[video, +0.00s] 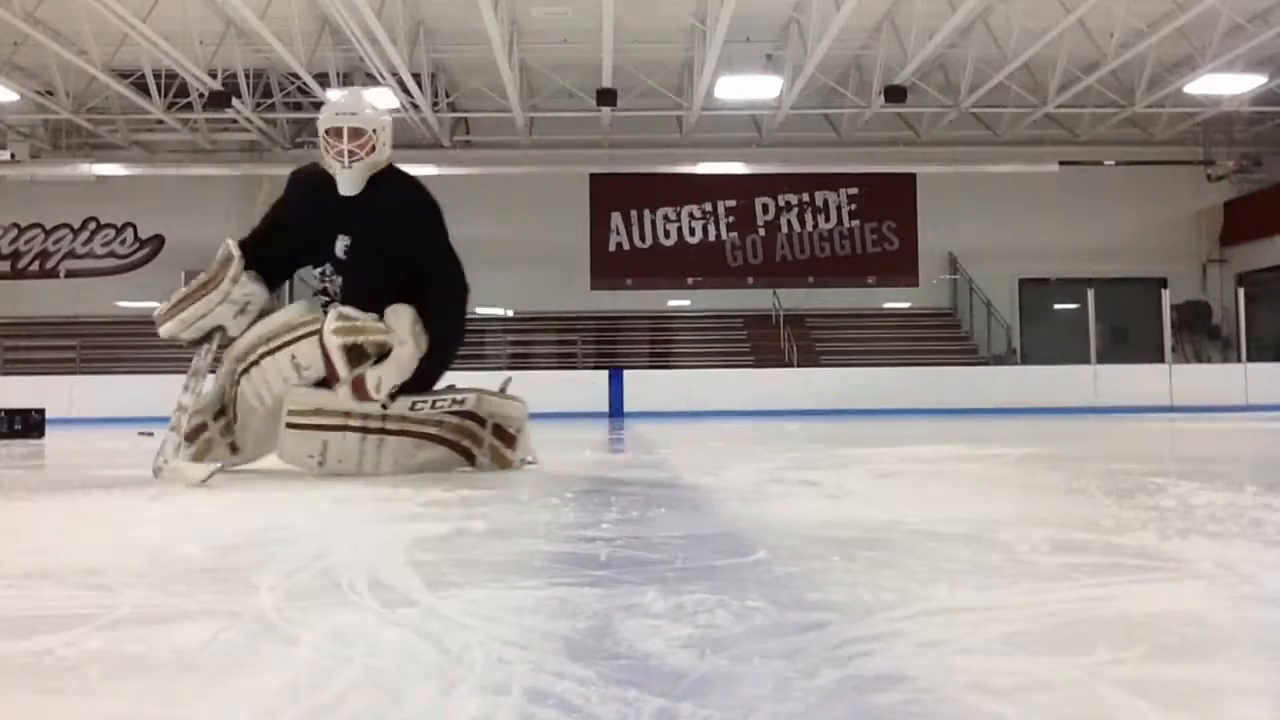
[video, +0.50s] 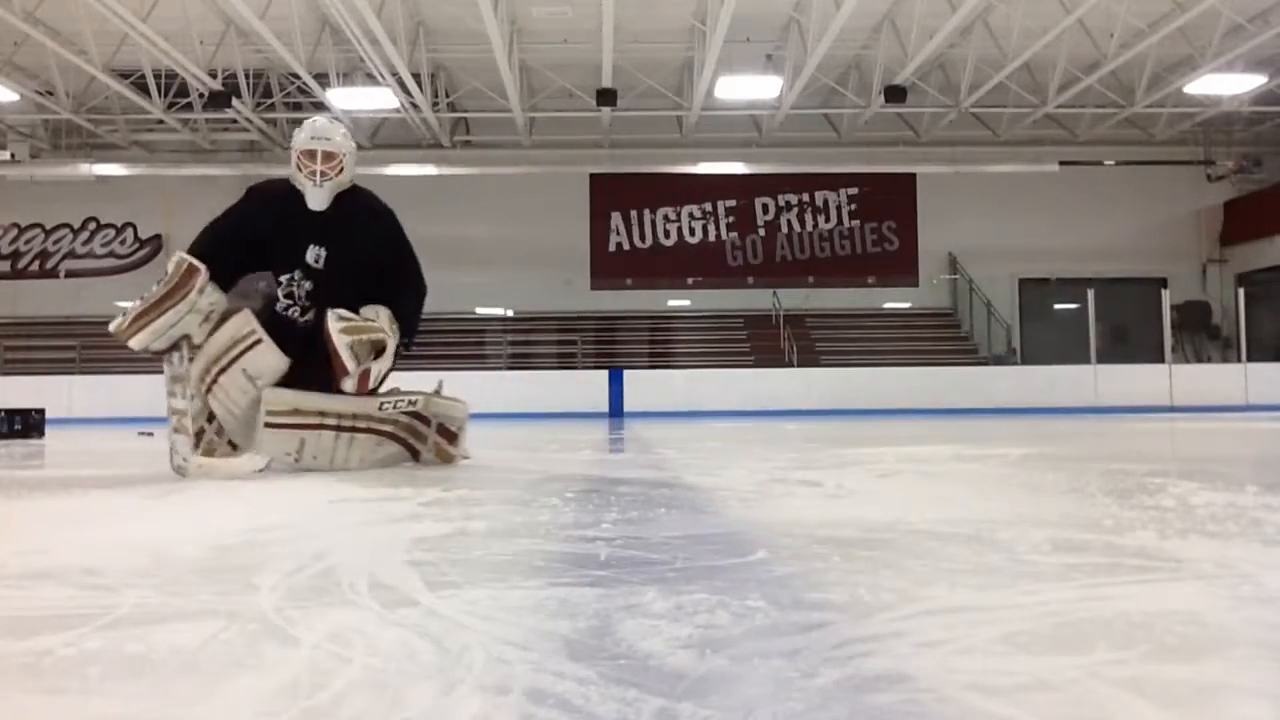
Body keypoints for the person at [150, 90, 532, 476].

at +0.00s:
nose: (345, 147)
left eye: (357, 137)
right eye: (335, 137)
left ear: (379, 139)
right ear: (321, 140)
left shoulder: (408, 199)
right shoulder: (306, 188)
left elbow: (448, 292)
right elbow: (263, 258)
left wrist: (415, 377)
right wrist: (225, 317)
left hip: (389, 358)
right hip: (308, 353)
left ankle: (461, 435)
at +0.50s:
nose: (317, 169)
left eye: (329, 160)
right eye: (308, 158)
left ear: (347, 163)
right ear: (294, 159)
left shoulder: (370, 216)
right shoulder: (266, 201)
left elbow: (409, 287)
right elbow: (208, 257)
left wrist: (382, 346)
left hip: (339, 372)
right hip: (262, 366)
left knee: (331, 464)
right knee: (263, 465)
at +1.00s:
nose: (464, 165)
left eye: (474, 155)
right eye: (453, 156)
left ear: (488, 160)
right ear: (437, 161)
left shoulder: (525, 217)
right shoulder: (404, 217)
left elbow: (550, 298)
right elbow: (370, 302)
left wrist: (549, 352)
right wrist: (366, 364)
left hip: (502, 383)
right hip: (422, 384)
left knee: (504, 500)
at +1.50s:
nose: (621, 130)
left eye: (631, 122)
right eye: (610, 120)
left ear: (642, 129)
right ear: (591, 124)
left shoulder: (659, 186)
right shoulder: (556, 172)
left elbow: (696, 247)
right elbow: (486, 232)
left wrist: (738, 236)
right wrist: (459, 300)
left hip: (606, 308)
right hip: (532, 311)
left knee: (645, 362)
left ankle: (641, 436)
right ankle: (469, 429)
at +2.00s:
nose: (560, 12)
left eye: (573, 3)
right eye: (547, 2)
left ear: (589, 12)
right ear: (527, 8)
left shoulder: (630, 89)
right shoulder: (474, 86)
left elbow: (648, 203)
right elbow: (402, 178)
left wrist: (686, 192)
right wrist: (370, 259)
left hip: (594, 255)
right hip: (494, 255)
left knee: (682, 322)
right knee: (541, 334)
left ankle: (697, 436)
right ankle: (401, 439)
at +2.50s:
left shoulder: (691, 34)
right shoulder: (530, 28)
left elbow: (716, 122)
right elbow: (481, 136)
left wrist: (765, 144)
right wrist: (462, 238)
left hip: (646, 201)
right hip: (549, 204)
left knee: (711, 308)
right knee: (513, 324)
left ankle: (779, 428)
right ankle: (417, 426)